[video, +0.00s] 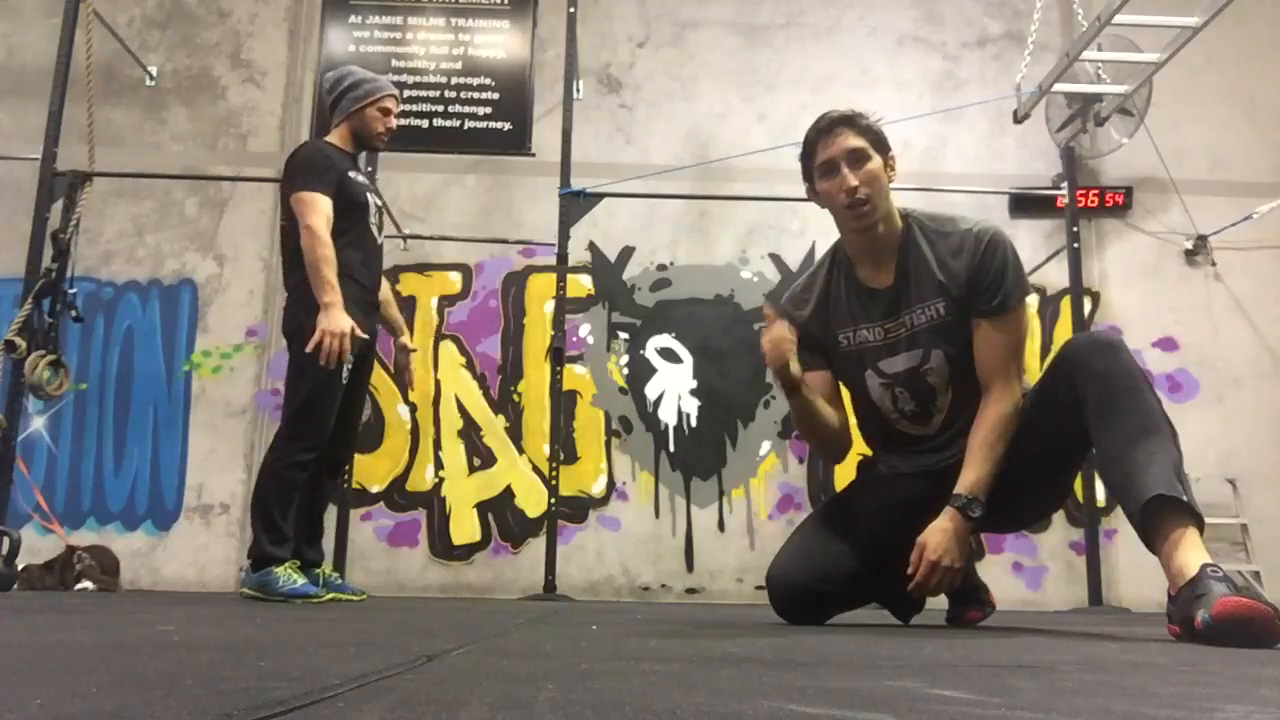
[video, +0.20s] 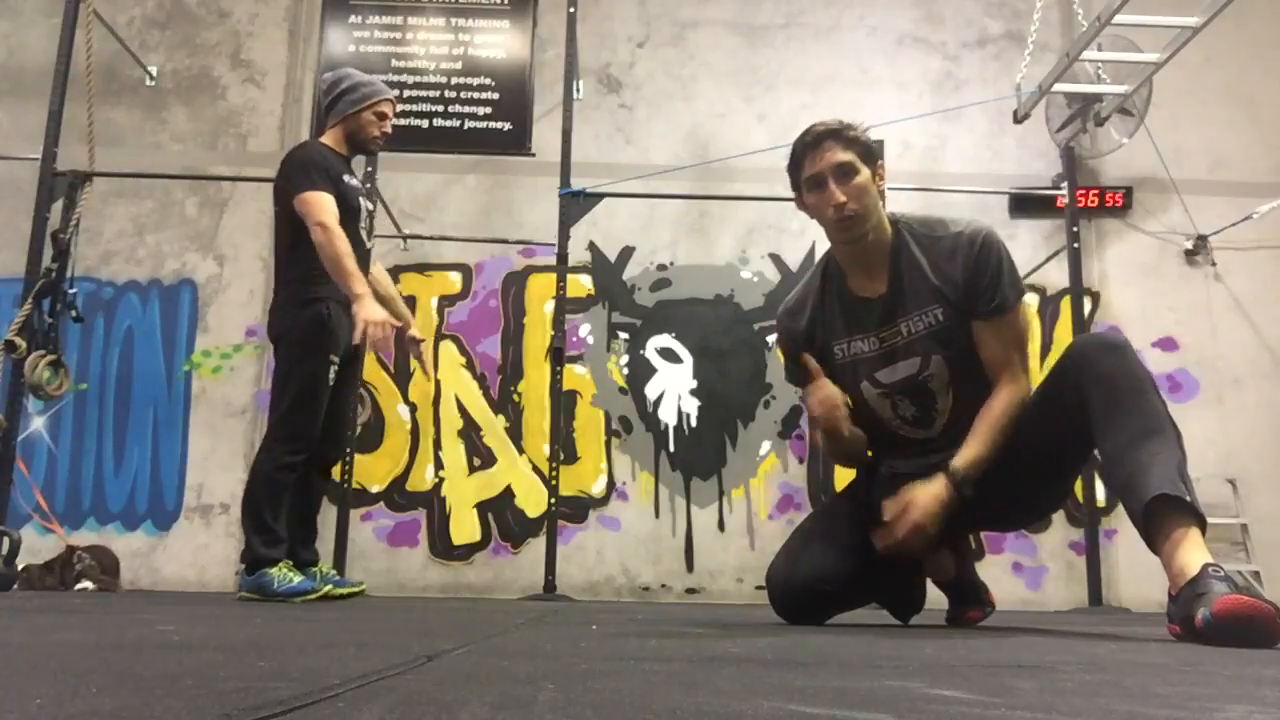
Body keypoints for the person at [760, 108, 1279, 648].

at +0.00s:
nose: (848, 179)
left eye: (859, 160)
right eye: (828, 171)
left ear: (889, 168)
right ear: (814, 194)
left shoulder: (976, 251)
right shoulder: (804, 301)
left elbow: (1003, 391)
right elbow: (834, 442)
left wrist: (962, 510)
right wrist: (789, 381)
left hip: (998, 464)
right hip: (900, 482)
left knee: (1097, 352)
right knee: (793, 590)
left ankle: (1191, 576)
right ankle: (949, 562)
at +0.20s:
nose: (836, 198)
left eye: (846, 175)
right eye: (816, 187)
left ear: (878, 178)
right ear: (802, 206)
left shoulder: (967, 252)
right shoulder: (800, 315)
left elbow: (1013, 382)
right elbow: (851, 453)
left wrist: (949, 483)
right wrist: (826, 407)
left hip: (999, 464)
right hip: (897, 486)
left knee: (1101, 354)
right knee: (794, 590)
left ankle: (1192, 576)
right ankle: (943, 559)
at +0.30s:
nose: (830, 203)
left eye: (839, 180)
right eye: (810, 194)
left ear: (873, 182)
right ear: (797, 215)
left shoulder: (965, 251)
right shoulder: (803, 326)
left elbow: (1019, 374)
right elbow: (835, 433)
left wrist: (947, 448)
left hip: (999, 464)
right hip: (902, 490)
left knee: (1110, 352)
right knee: (794, 590)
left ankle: (1193, 575)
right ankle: (944, 559)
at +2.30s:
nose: (823, 227)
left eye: (830, 203)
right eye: (802, 222)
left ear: (867, 198)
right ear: (796, 243)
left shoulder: (970, 260)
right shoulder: (805, 337)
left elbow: (1041, 376)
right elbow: (842, 456)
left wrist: (987, 482)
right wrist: (920, 519)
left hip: (1018, 473)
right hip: (912, 497)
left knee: (1120, 348)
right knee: (796, 590)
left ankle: (1195, 577)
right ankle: (938, 558)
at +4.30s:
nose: (815, 221)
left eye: (820, 198)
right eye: (793, 219)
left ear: (857, 195)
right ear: (787, 246)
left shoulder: (964, 260)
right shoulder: (800, 342)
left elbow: (1038, 378)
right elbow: (839, 459)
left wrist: (992, 486)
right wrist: (917, 519)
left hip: (1014, 470)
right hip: (909, 497)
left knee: (1117, 349)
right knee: (795, 591)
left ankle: (1195, 578)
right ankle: (934, 559)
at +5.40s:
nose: (820, 221)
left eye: (823, 199)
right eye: (797, 220)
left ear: (854, 198)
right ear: (788, 249)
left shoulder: (963, 259)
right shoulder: (800, 342)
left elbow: (1037, 378)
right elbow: (839, 458)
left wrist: (992, 488)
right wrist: (917, 519)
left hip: (1014, 469)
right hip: (909, 496)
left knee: (1116, 348)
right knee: (795, 591)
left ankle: (1195, 578)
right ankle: (935, 560)